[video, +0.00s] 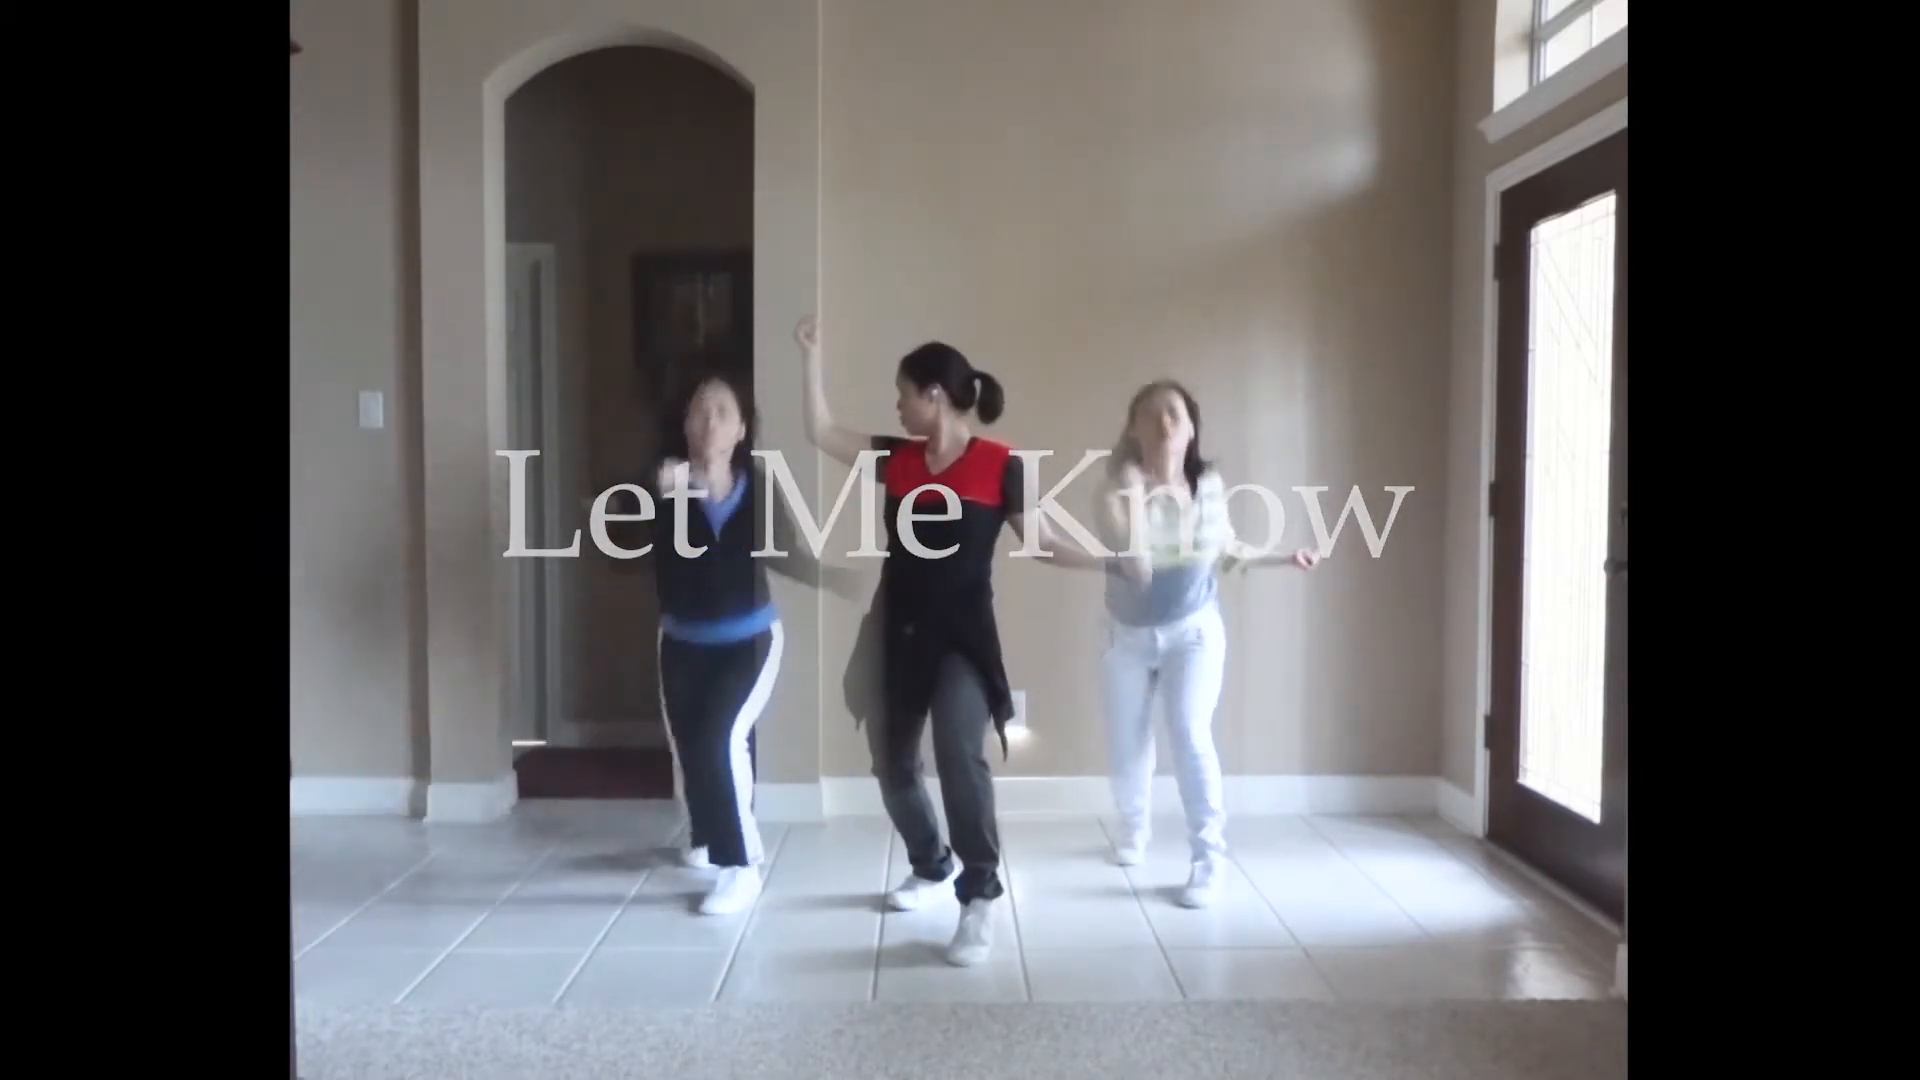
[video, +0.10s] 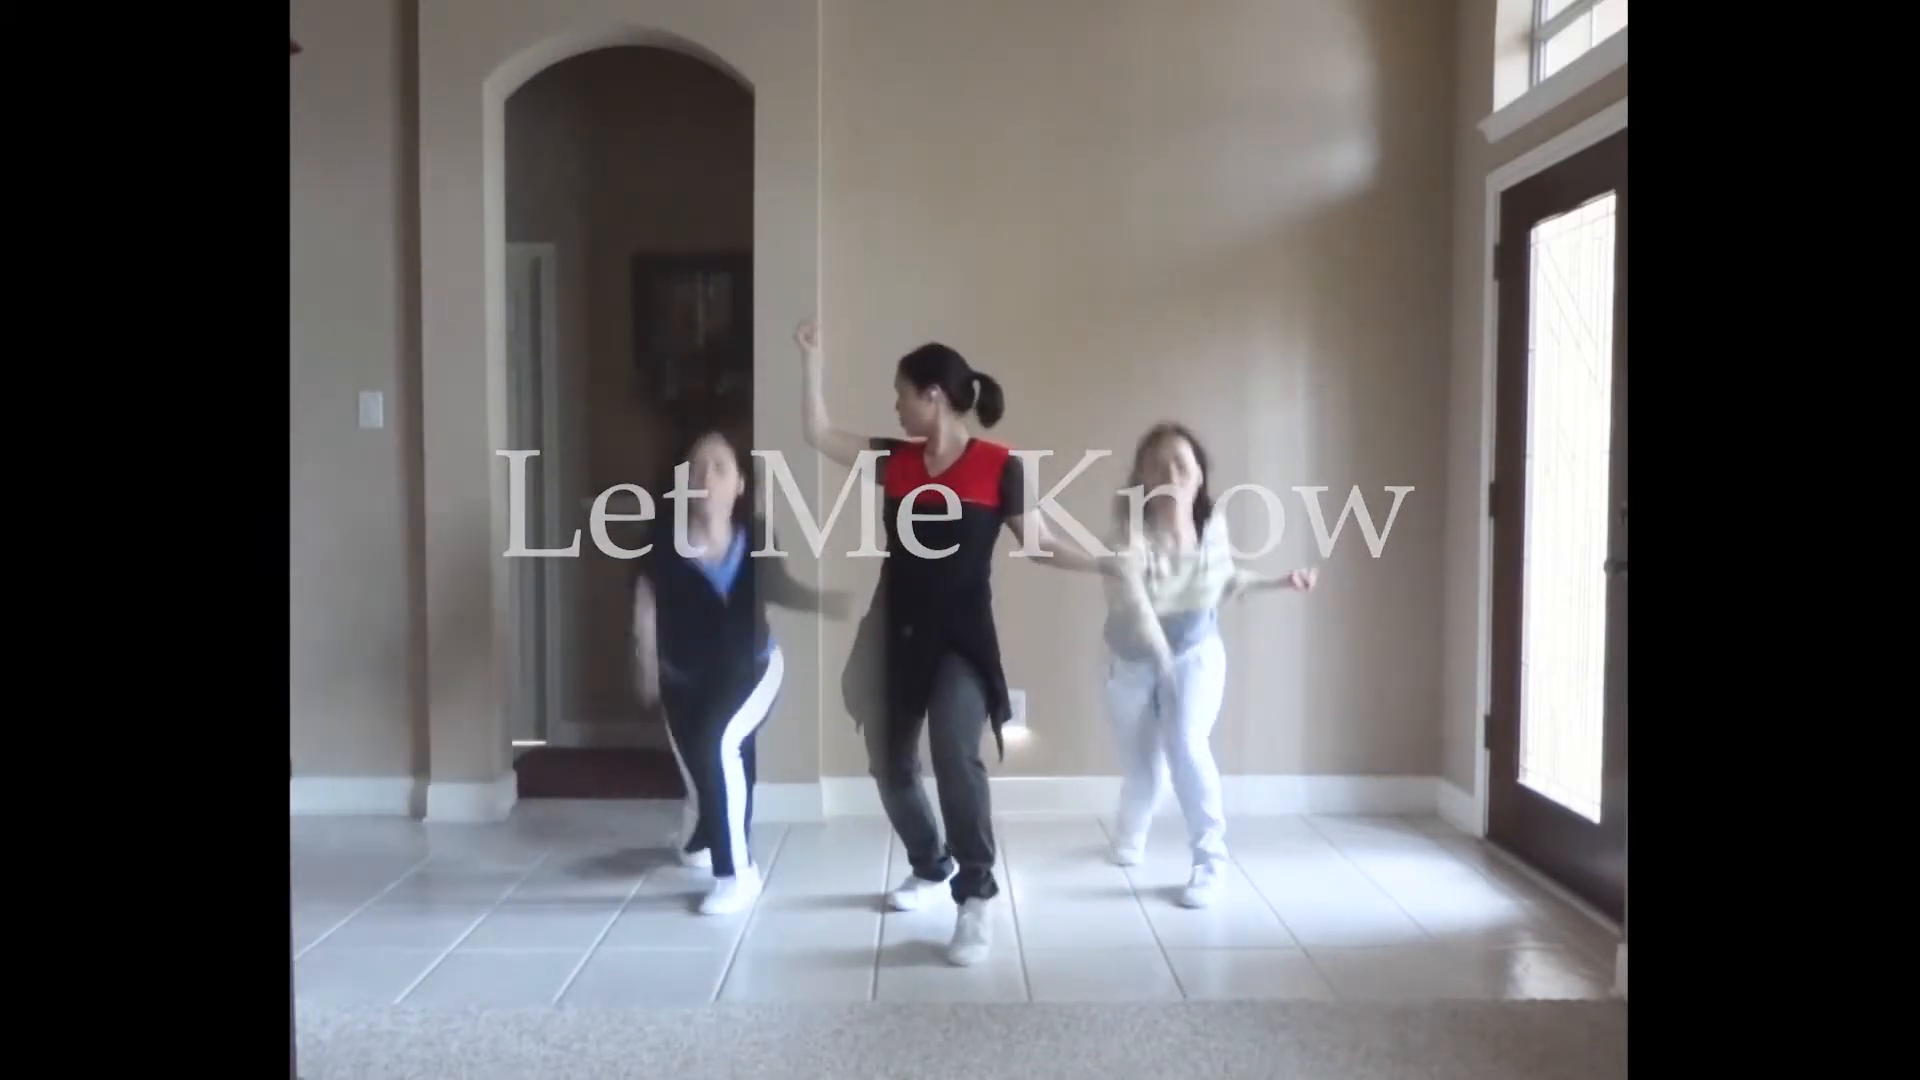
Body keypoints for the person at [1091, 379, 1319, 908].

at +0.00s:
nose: (1164, 424)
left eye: (1174, 416)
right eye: (1152, 416)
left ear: (1191, 429)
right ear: (1134, 429)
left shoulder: (1207, 486)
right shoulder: (1117, 488)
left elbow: (1224, 556)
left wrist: (1284, 557)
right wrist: (1136, 493)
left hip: (1193, 632)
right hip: (1129, 637)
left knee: (1189, 734)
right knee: (1127, 748)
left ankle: (1207, 857)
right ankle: (1132, 832)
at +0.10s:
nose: (1171, 475)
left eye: (1182, 465)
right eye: (1159, 466)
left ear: (1199, 476)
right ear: (1142, 476)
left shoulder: (1211, 523)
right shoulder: (1127, 526)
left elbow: (1226, 584)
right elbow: (1128, 597)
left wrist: (1279, 582)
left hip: (1195, 648)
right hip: (1132, 651)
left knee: (1186, 744)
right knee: (1139, 763)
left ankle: (1208, 861)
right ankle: (1129, 843)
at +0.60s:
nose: (1188, 472)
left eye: (1201, 463)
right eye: (1179, 457)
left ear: (1213, 462)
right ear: (1158, 444)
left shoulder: (1202, 496)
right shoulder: (1113, 479)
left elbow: (1209, 543)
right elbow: (1101, 562)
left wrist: (1261, 534)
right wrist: (1131, 585)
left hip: (1180, 617)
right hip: (1119, 620)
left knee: (1192, 734)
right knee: (1127, 739)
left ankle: (1207, 858)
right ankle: (1120, 826)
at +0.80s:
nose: (1186, 402)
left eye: (1198, 393)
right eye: (1177, 388)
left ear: (1209, 400)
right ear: (1153, 385)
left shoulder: (1215, 455)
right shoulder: (1116, 449)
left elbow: (1270, 486)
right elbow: (1073, 512)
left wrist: (1321, 485)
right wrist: (1094, 577)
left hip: (1183, 611)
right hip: (1127, 611)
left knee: (1191, 728)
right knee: (1123, 728)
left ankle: (1168, 843)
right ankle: (1115, 824)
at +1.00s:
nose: (1178, 389)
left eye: (1189, 381)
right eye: (1167, 377)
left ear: (1196, 392)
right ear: (1142, 380)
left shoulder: (1208, 453)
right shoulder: (1113, 449)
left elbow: (1269, 469)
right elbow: (1071, 518)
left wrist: (1336, 485)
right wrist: (1093, 579)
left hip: (1196, 613)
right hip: (1144, 612)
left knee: (1195, 741)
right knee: (1174, 738)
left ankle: (1166, 846)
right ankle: (1105, 780)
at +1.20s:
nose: (1174, 404)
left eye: (1184, 398)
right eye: (1164, 392)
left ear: (1191, 409)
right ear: (1138, 393)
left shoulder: (1191, 469)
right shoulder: (1110, 454)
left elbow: (1216, 515)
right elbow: (1074, 526)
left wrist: (1251, 495)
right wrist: (1113, 584)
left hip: (1206, 614)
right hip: (1156, 617)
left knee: (1199, 735)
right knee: (1238, 724)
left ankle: (1165, 848)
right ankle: (1131, 735)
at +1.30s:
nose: (1169, 389)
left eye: (1180, 383)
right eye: (1159, 377)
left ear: (1187, 396)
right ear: (1134, 381)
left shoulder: (1193, 456)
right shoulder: (1112, 446)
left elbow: (1243, 502)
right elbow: (1074, 521)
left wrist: (1239, 447)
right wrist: (1118, 576)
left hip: (1204, 602)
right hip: (1160, 604)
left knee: (1180, 726)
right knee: (1235, 718)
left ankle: (1165, 842)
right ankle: (1142, 802)